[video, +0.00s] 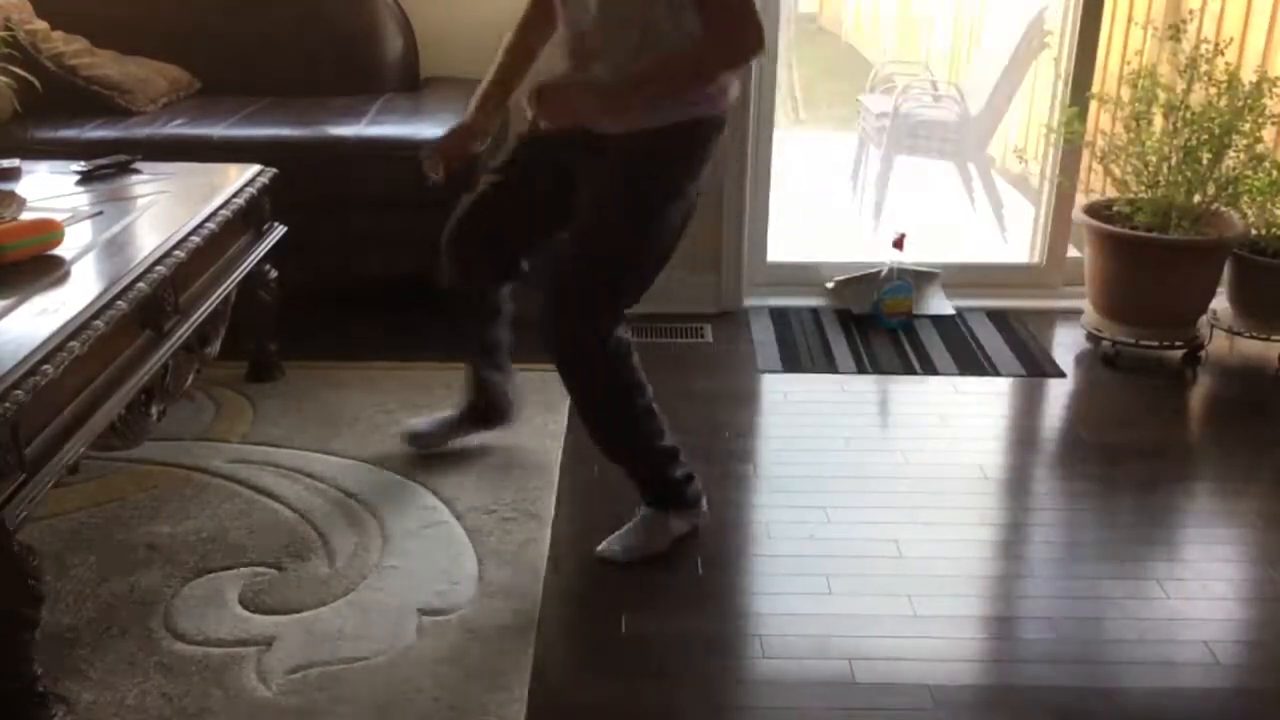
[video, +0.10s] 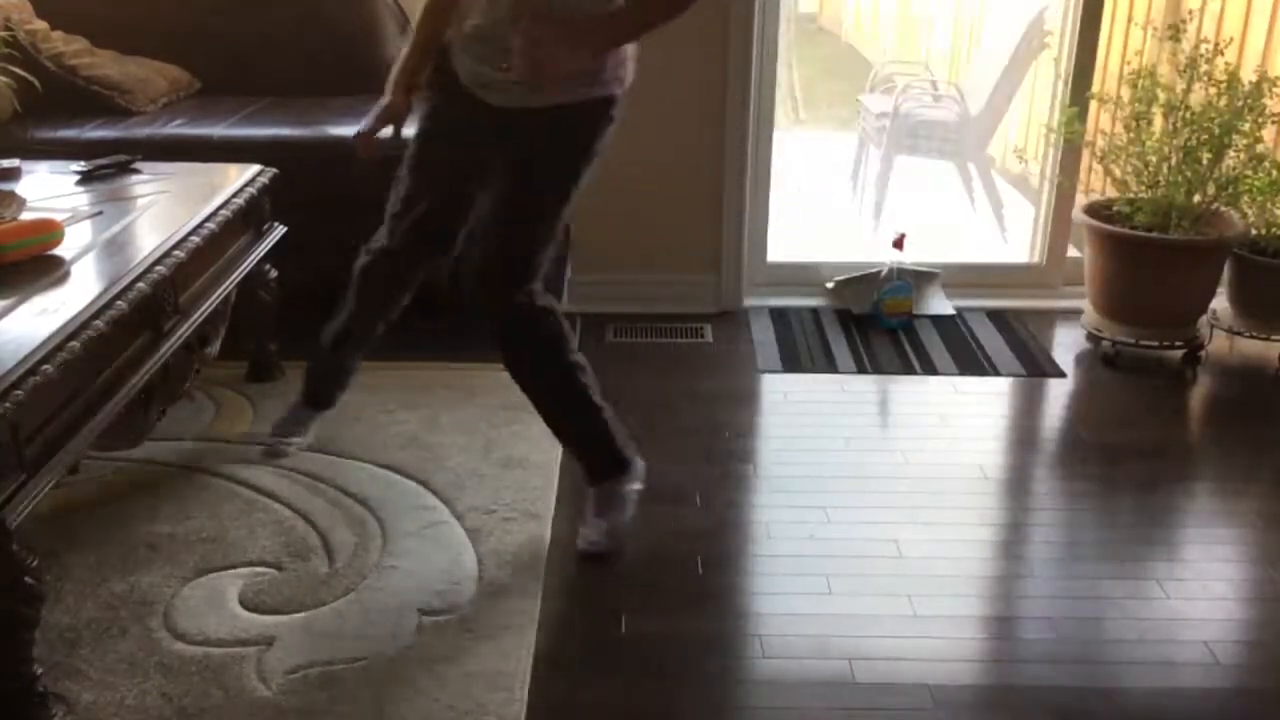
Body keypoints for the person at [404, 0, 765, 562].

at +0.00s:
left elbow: (741, 36)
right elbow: (544, 11)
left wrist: (605, 101)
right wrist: (480, 117)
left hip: (671, 127)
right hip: (580, 121)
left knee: (580, 311)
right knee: (476, 243)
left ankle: (674, 500)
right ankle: (491, 398)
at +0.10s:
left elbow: (676, 3)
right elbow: (445, 4)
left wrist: (595, 36)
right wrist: (398, 89)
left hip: (570, 92)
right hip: (464, 77)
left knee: (506, 289)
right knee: (396, 253)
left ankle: (613, 471)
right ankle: (313, 401)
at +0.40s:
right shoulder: (263, 3)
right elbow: (229, 57)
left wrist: (540, 66)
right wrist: (186, 195)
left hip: (455, 78)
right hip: (348, 66)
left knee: (362, 244)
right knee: (312, 239)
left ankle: (326, 404)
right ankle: (291, 399)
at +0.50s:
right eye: (335, 23)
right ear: (326, 14)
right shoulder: (255, 3)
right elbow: (222, 60)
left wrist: (526, 49)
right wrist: (184, 200)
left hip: (458, 70)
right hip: (356, 64)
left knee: (391, 238)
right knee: (324, 240)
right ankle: (293, 401)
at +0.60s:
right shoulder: (248, 7)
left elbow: (515, 7)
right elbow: (217, 68)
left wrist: (539, 72)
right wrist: (183, 200)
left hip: (476, 76)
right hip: (369, 75)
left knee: (453, 246)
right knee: (331, 248)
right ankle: (294, 403)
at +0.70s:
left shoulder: (491, 3)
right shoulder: (287, 8)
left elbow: (561, 23)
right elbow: (231, 78)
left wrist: (600, 121)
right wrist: (186, 201)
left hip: (506, 101)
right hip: (384, 103)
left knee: (558, 261)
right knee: (340, 270)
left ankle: (634, 387)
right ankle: (295, 406)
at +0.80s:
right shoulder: (353, 6)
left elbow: (652, 33)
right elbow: (270, 63)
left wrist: (694, 162)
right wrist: (202, 176)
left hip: (560, 109)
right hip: (440, 112)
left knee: (623, 267)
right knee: (372, 269)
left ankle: (669, 411)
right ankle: (294, 409)